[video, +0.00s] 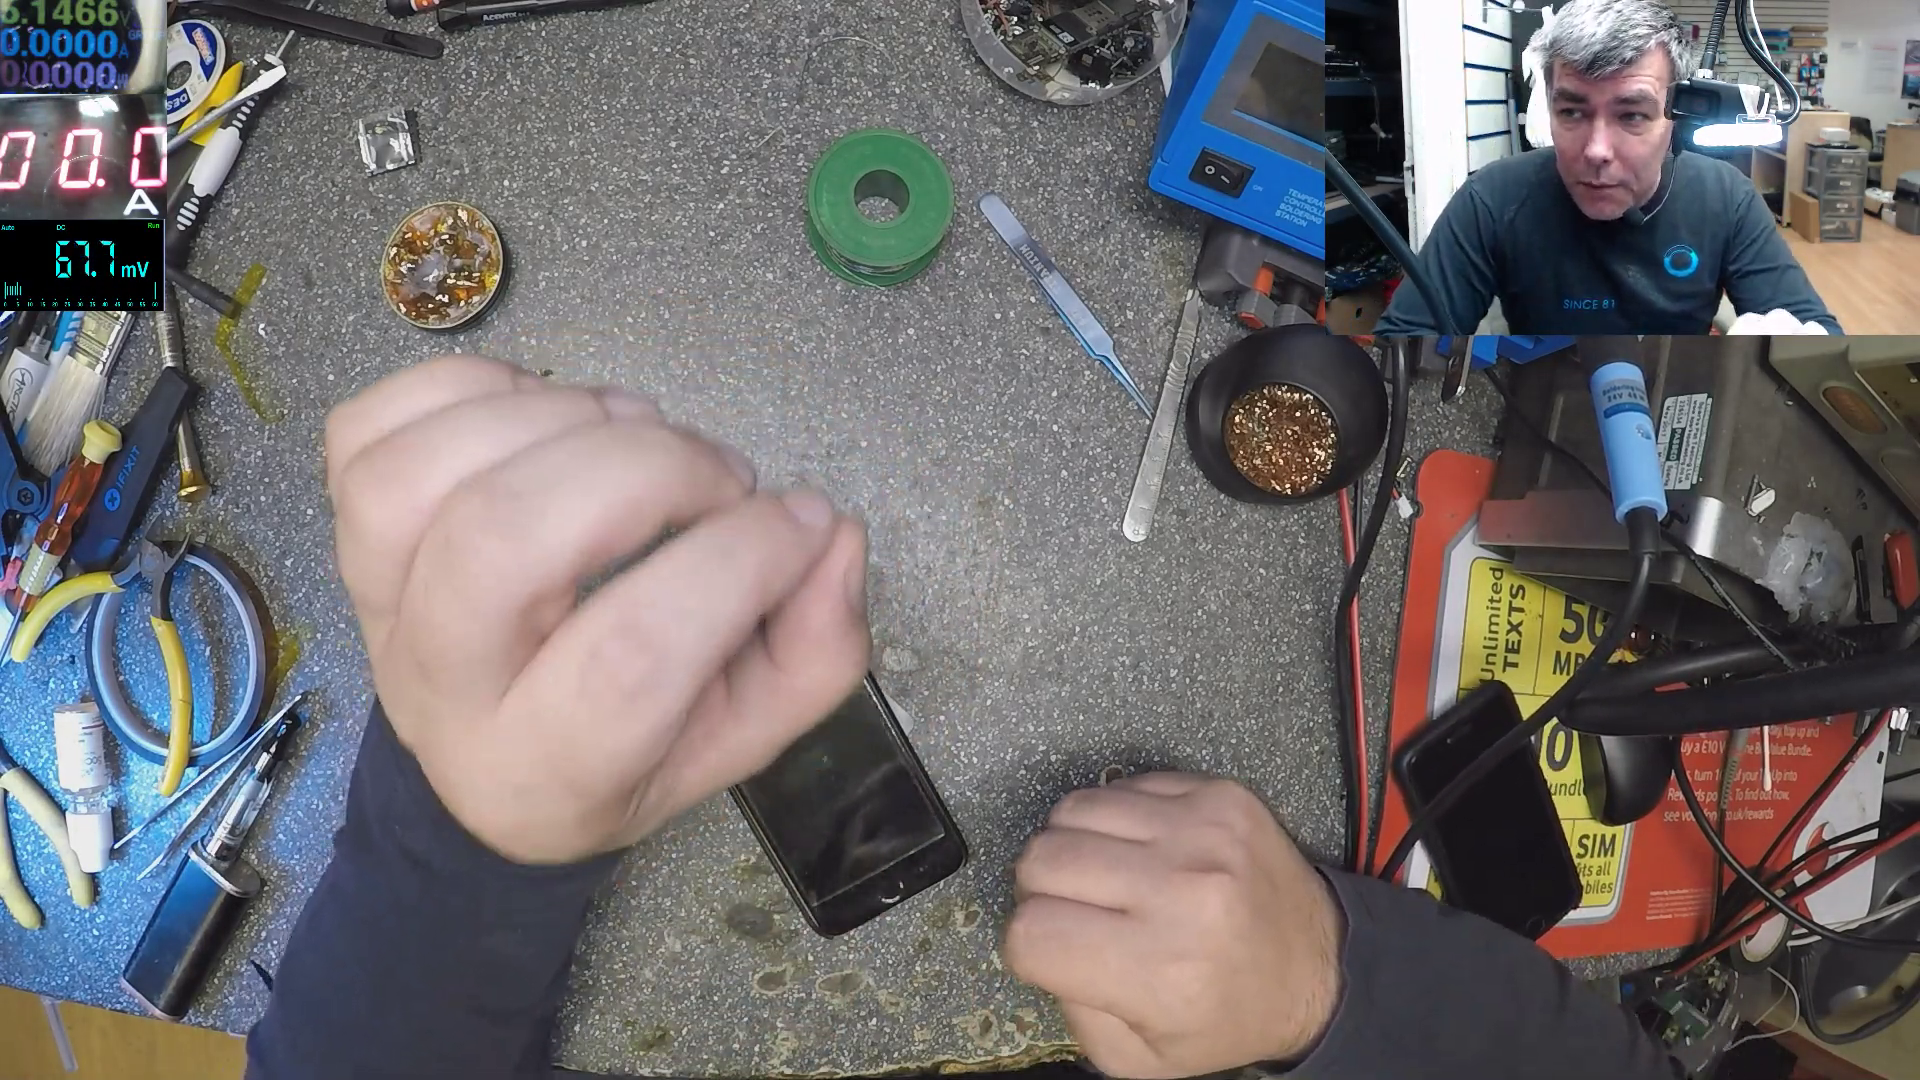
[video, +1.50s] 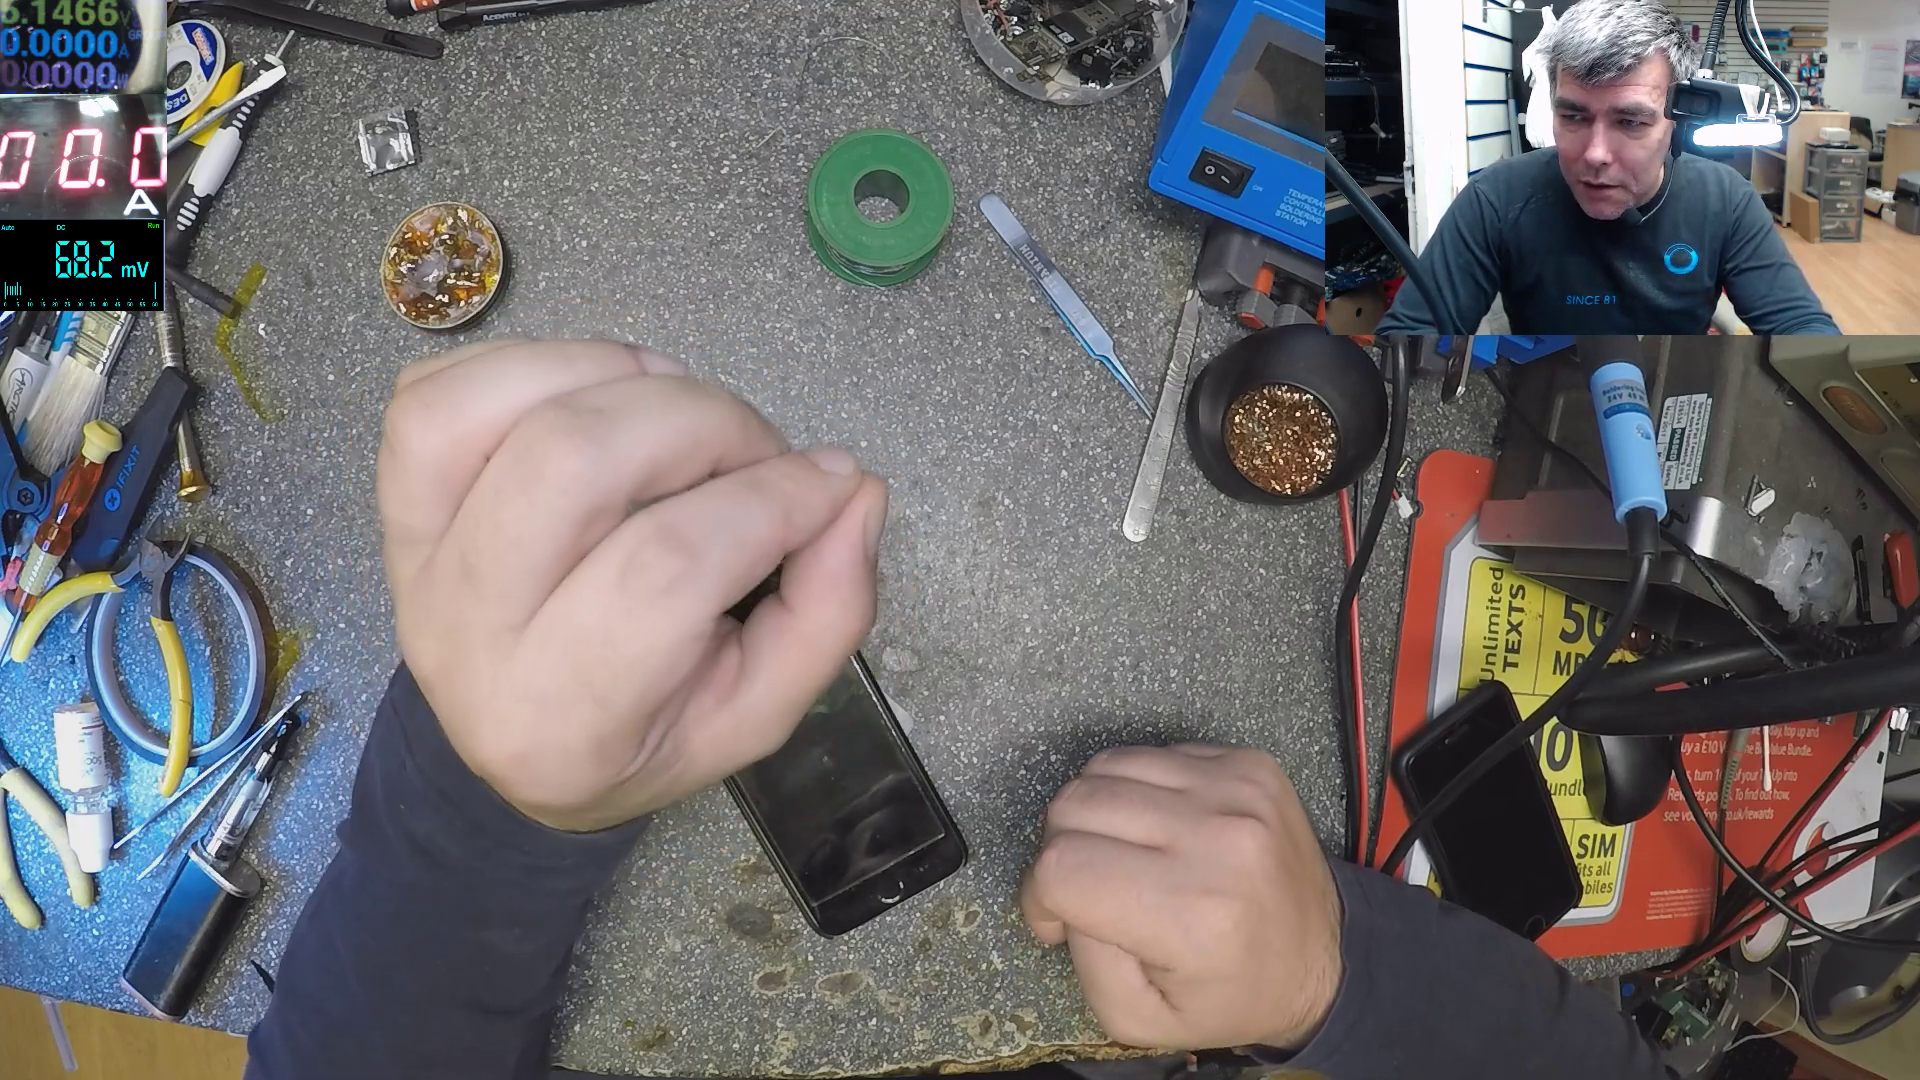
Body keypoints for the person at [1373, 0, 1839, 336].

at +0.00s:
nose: (1597, 153)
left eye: (1632, 116)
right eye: (1573, 112)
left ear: (1670, 115)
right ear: (1546, 107)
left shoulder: (1723, 199)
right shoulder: (1493, 203)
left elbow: (1817, 331)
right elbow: (1401, 342)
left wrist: (1788, 344)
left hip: (1683, 432)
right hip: (1542, 431)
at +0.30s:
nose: (1584, 151)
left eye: (1619, 116)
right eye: (1560, 112)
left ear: (1664, 115)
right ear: (1536, 110)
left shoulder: (1723, 199)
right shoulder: (1492, 202)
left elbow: (1810, 332)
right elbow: (1402, 344)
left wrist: (1786, 346)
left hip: (1684, 425)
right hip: (1543, 425)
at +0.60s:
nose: (1597, 148)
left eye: (1630, 113)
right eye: (1573, 109)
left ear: (1669, 115)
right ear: (1547, 109)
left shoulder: (1724, 199)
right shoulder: (1495, 203)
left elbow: (1805, 329)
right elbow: (1405, 337)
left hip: (1685, 426)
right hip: (1546, 428)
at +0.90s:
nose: (1608, 153)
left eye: (1640, 119)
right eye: (1582, 115)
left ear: (1679, 115)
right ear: (1556, 107)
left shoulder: (1725, 201)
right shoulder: (1498, 203)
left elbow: (1805, 329)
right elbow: (1406, 337)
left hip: (1683, 421)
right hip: (1545, 421)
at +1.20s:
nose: (1599, 142)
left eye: (1633, 111)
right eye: (1579, 105)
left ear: (1674, 115)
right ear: (1554, 102)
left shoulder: (1724, 201)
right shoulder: (1497, 203)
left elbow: (1803, 329)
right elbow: (1407, 335)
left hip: (1681, 421)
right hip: (1545, 422)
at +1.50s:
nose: (1596, 155)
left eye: (1631, 122)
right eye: (1575, 116)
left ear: (1671, 118)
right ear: (1549, 109)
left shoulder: (1723, 202)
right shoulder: (1497, 203)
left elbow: (1805, 331)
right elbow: (1406, 335)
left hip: (1680, 420)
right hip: (1544, 421)